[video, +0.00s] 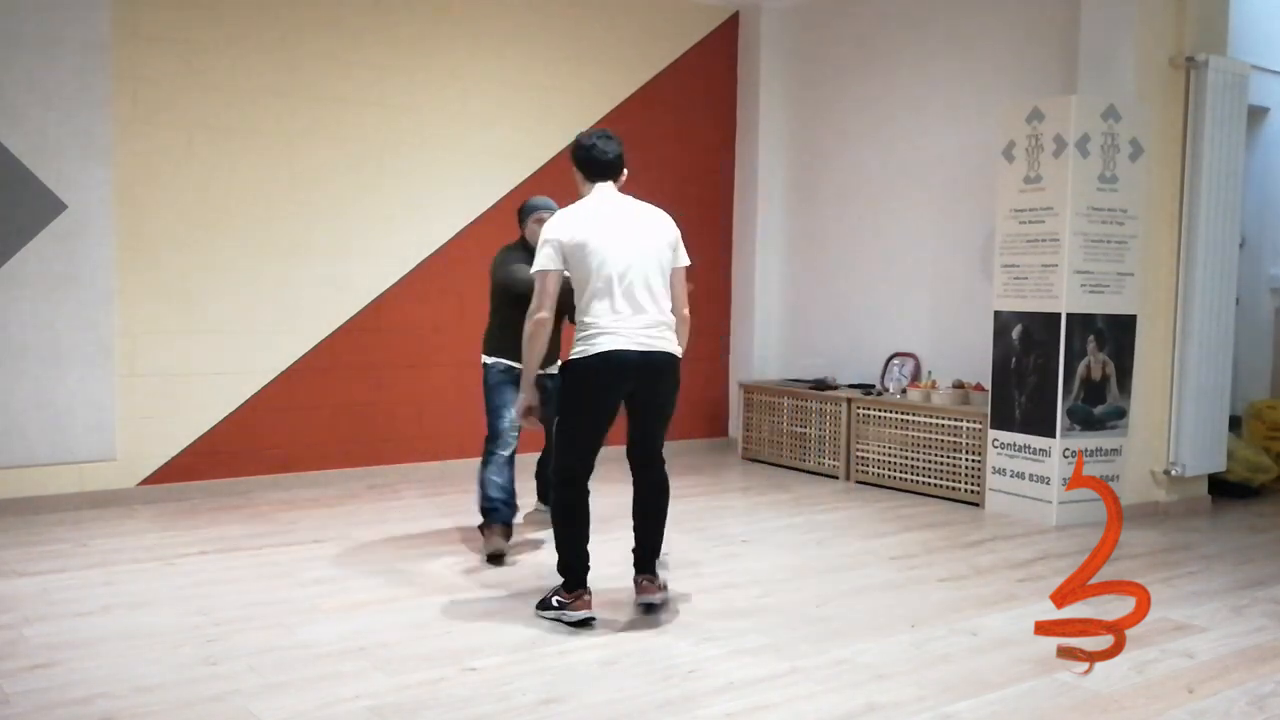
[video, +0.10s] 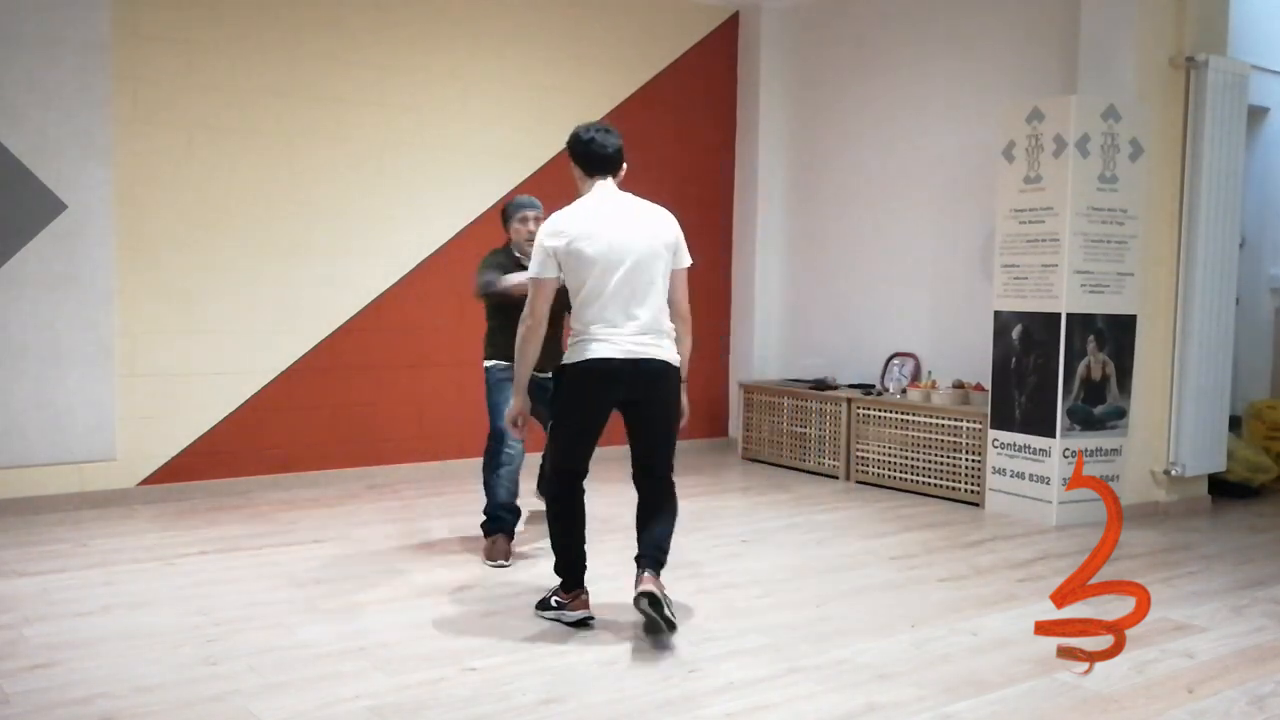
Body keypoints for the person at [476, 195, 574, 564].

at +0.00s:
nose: (546, 229)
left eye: (551, 223)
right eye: (539, 223)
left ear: (558, 227)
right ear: (523, 226)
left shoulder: (560, 263)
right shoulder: (508, 260)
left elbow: (574, 309)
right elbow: (531, 283)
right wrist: (568, 280)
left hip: (547, 364)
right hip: (505, 363)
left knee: (560, 432)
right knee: (503, 439)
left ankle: (550, 491)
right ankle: (496, 524)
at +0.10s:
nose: (531, 228)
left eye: (536, 221)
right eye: (523, 222)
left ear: (544, 224)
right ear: (508, 228)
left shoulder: (556, 259)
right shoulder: (497, 261)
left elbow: (574, 301)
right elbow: (483, 285)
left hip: (548, 366)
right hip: (505, 365)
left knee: (570, 432)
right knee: (508, 442)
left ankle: (552, 491)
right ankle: (499, 530)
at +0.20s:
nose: (520, 221)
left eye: (526, 213)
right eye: (511, 215)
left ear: (534, 218)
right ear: (496, 223)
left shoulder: (553, 255)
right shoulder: (485, 264)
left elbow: (579, 296)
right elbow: (460, 291)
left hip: (554, 362)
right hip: (508, 364)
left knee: (568, 430)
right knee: (505, 441)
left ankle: (552, 487)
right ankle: (499, 530)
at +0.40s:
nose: (511, 205)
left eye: (517, 197)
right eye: (502, 199)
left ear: (527, 202)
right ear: (487, 207)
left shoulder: (553, 246)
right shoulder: (478, 259)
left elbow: (579, 302)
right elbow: (447, 311)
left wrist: (553, 330)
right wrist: (389, 299)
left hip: (551, 370)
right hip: (500, 369)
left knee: (557, 450)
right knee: (494, 443)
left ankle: (567, 517)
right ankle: (500, 534)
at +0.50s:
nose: (512, 200)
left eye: (519, 191)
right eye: (503, 193)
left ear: (529, 197)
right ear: (489, 201)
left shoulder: (559, 246)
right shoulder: (476, 252)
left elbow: (591, 301)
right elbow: (430, 289)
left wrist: (584, 362)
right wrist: (403, 244)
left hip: (550, 372)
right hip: (497, 372)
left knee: (561, 452)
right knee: (490, 452)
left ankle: (571, 529)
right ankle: (501, 535)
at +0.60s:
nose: (524, 196)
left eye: (530, 187)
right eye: (514, 188)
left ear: (540, 192)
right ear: (499, 196)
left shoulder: (567, 238)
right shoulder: (480, 241)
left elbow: (589, 297)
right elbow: (422, 245)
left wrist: (556, 314)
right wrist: (426, 190)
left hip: (553, 367)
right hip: (498, 368)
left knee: (563, 453)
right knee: (492, 453)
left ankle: (567, 543)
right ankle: (502, 533)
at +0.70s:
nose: (533, 194)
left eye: (540, 185)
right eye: (524, 185)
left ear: (551, 190)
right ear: (509, 192)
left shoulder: (571, 235)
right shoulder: (491, 231)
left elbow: (571, 293)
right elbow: (452, 223)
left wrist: (527, 259)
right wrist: (467, 171)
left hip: (551, 372)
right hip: (496, 369)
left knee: (571, 459)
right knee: (475, 450)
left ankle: (569, 536)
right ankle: (501, 519)